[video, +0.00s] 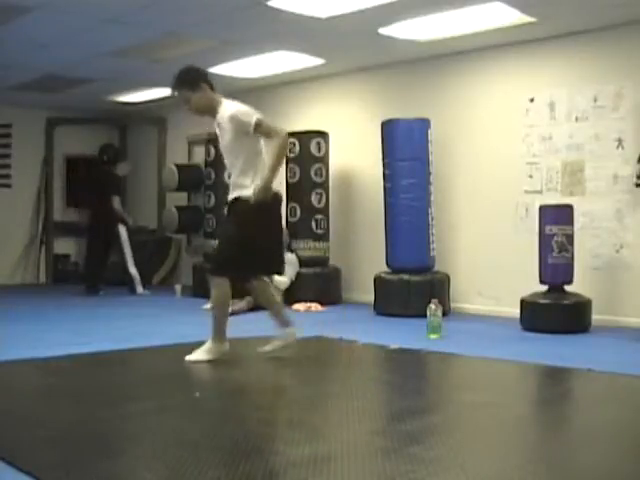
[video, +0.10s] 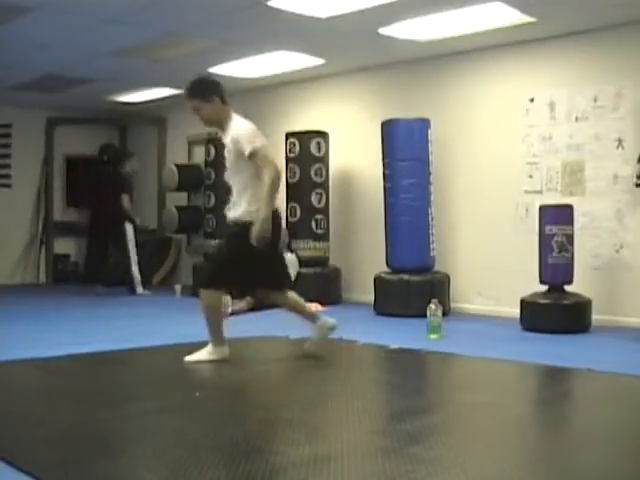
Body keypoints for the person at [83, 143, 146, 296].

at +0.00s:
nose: (122, 164)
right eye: (121, 161)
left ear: (101, 158)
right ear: (115, 160)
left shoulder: (95, 174)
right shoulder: (113, 177)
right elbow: (115, 204)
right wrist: (126, 218)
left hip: (97, 218)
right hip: (113, 219)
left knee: (96, 252)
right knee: (127, 255)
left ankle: (92, 286)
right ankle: (137, 287)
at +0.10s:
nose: (134, 167)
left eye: (134, 163)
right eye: (132, 163)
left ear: (103, 159)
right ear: (123, 162)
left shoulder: (98, 175)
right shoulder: (122, 178)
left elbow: (93, 200)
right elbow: (125, 202)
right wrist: (133, 217)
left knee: (100, 250)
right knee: (130, 253)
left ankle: (97, 283)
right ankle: (137, 287)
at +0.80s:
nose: (150, 167)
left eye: (152, 164)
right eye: (147, 164)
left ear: (157, 165)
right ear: (143, 167)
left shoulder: (164, 182)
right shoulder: (137, 183)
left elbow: (169, 201)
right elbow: (130, 204)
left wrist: (167, 217)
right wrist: (141, 219)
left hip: (161, 224)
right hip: (145, 225)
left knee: (165, 256)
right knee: (144, 257)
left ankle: (170, 283)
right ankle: (142, 285)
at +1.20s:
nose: (152, 168)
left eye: (155, 165)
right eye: (150, 165)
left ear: (161, 166)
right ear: (148, 168)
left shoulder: (171, 183)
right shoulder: (146, 183)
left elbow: (179, 204)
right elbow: (143, 202)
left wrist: (170, 218)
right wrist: (144, 213)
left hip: (166, 222)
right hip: (152, 221)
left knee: (165, 254)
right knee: (151, 253)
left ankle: (168, 283)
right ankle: (151, 282)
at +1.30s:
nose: (148, 169)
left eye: (151, 165)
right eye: (146, 166)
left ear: (158, 167)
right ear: (145, 168)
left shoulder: (168, 183)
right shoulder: (145, 184)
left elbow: (179, 203)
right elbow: (145, 201)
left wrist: (171, 218)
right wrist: (144, 212)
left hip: (166, 222)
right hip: (152, 221)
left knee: (165, 255)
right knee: (151, 253)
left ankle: (168, 284)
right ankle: (152, 282)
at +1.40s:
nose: (145, 169)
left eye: (148, 166)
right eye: (143, 167)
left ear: (156, 168)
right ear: (142, 169)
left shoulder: (166, 183)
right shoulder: (143, 184)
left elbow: (177, 203)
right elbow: (143, 202)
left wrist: (170, 218)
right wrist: (143, 213)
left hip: (166, 222)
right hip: (152, 221)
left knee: (165, 254)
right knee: (151, 253)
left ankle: (167, 284)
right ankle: (152, 282)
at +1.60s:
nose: (140, 173)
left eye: (142, 169)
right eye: (138, 170)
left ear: (150, 169)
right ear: (137, 172)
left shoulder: (163, 183)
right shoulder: (139, 187)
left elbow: (175, 199)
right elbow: (140, 206)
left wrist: (167, 210)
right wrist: (142, 215)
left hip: (166, 219)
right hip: (152, 219)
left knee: (165, 251)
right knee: (151, 250)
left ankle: (164, 282)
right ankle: (152, 281)